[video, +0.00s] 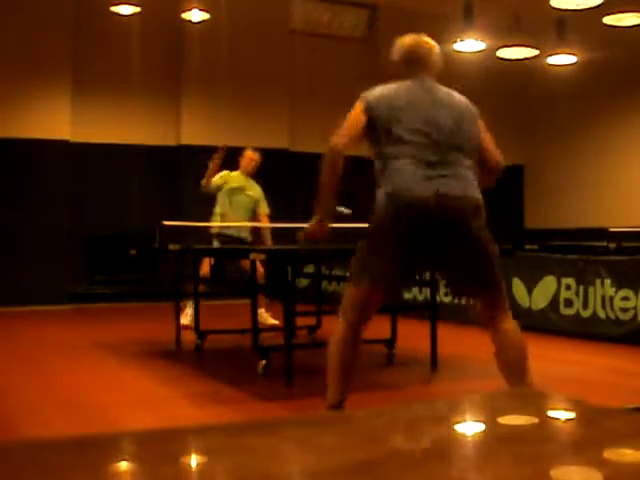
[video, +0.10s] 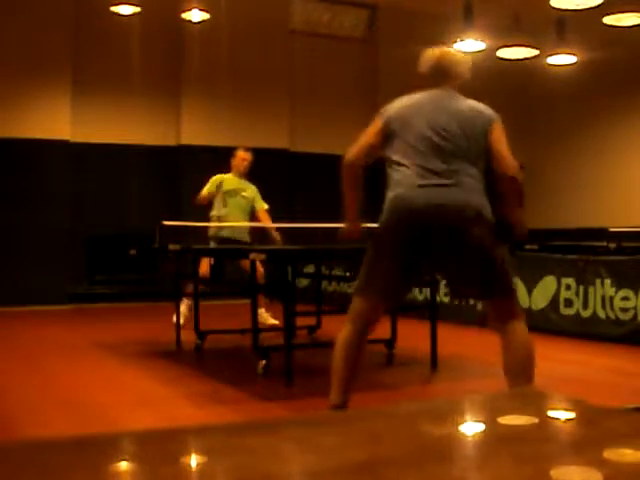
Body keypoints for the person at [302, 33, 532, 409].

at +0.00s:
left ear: (396, 65)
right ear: (437, 65)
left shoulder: (376, 99)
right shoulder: (461, 105)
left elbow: (336, 147)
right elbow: (494, 162)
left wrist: (323, 215)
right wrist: (468, 194)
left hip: (398, 217)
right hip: (461, 216)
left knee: (352, 314)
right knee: (498, 315)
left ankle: (334, 403)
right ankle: (524, 401)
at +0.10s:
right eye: (464, 73)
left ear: (423, 76)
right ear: (461, 78)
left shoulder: (398, 108)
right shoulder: (484, 115)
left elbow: (353, 159)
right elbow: (509, 171)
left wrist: (352, 218)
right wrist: (515, 219)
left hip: (404, 217)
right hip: (467, 217)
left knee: (360, 315)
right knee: (509, 317)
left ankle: (336, 404)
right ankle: (524, 409)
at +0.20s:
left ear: (466, 84)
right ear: (503, 88)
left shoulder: (437, 113)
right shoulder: (513, 120)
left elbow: (384, 154)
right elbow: (518, 164)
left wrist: (370, 213)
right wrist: (545, 228)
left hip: (414, 212)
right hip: (475, 216)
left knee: (379, 313)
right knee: (516, 323)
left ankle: (342, 402)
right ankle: (525, 414)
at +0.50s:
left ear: (563, 123)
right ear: (600, 133)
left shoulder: (530, 142)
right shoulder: (597, 152)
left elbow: (473, 159)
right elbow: (602, 204)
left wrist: (412, 187)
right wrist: (618, 271)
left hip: (482, 212)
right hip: (536, 219)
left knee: (480, 304)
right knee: (545, 329)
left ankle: (453, 384)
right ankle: (533, 408)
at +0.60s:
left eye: (580, 134)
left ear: (579, 136)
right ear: (614, 145)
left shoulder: (551, 148)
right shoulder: (620, 171)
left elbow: (493, 163)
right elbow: (627, 235)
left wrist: (437, 194)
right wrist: (627, 285)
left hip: (509, 215)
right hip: (560, 222)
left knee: (523, 305)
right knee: (561, 325)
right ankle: (549, 397)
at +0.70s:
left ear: (591, 141)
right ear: (625, 147)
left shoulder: (565, 155)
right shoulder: (630, 170)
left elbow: (515, 172)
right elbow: (636, 223)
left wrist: (469, 200)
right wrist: (634, 254)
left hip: (538, 228)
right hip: (588, 232)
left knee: (567, 307)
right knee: (590, 315)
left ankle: (592, 375)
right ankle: (559, 387)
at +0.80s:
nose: (589, 149)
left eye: (589, 145)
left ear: (593, 146)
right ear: (624, 146)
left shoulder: (581, 166)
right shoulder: (636, 168)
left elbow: (531, 190)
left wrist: (504, 227)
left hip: (577, 244)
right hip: (627, 246)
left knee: (597, 311)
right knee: (629, 333)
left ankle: (616, 388)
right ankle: (577, 389)